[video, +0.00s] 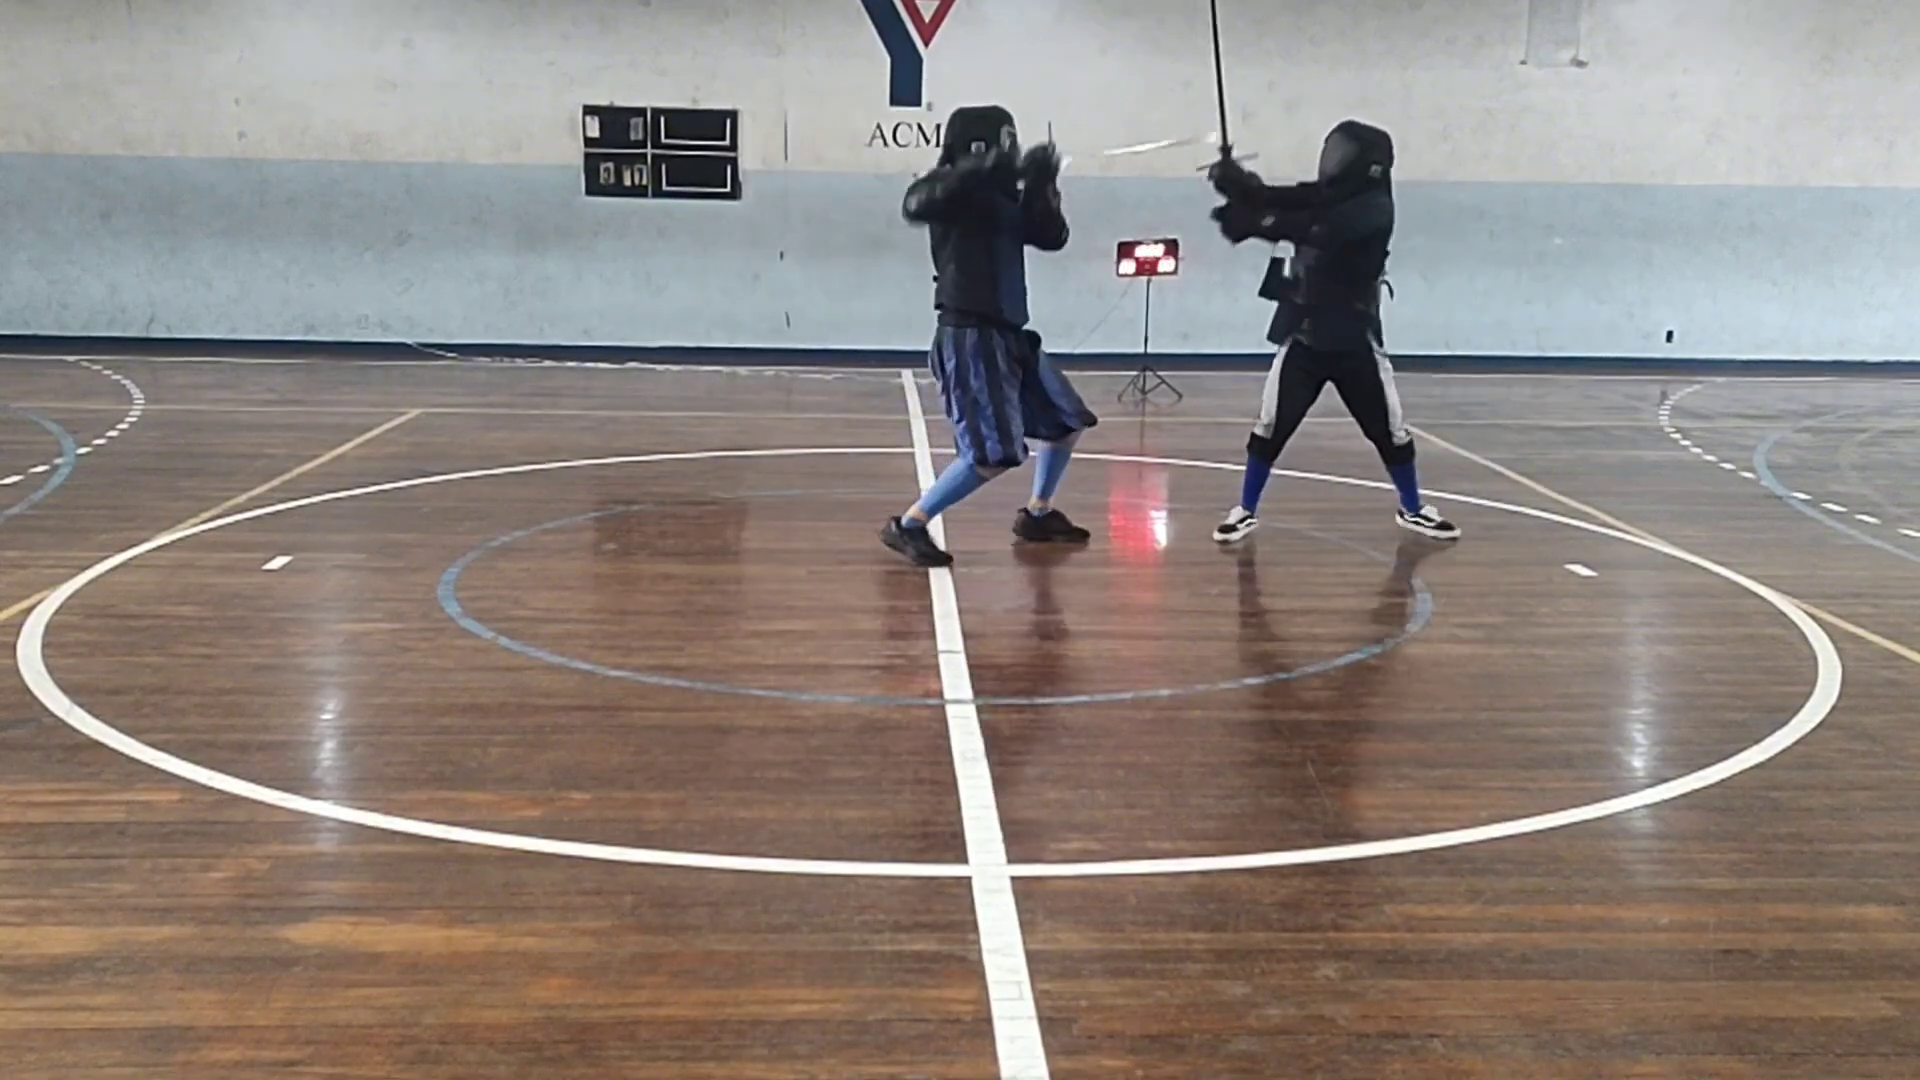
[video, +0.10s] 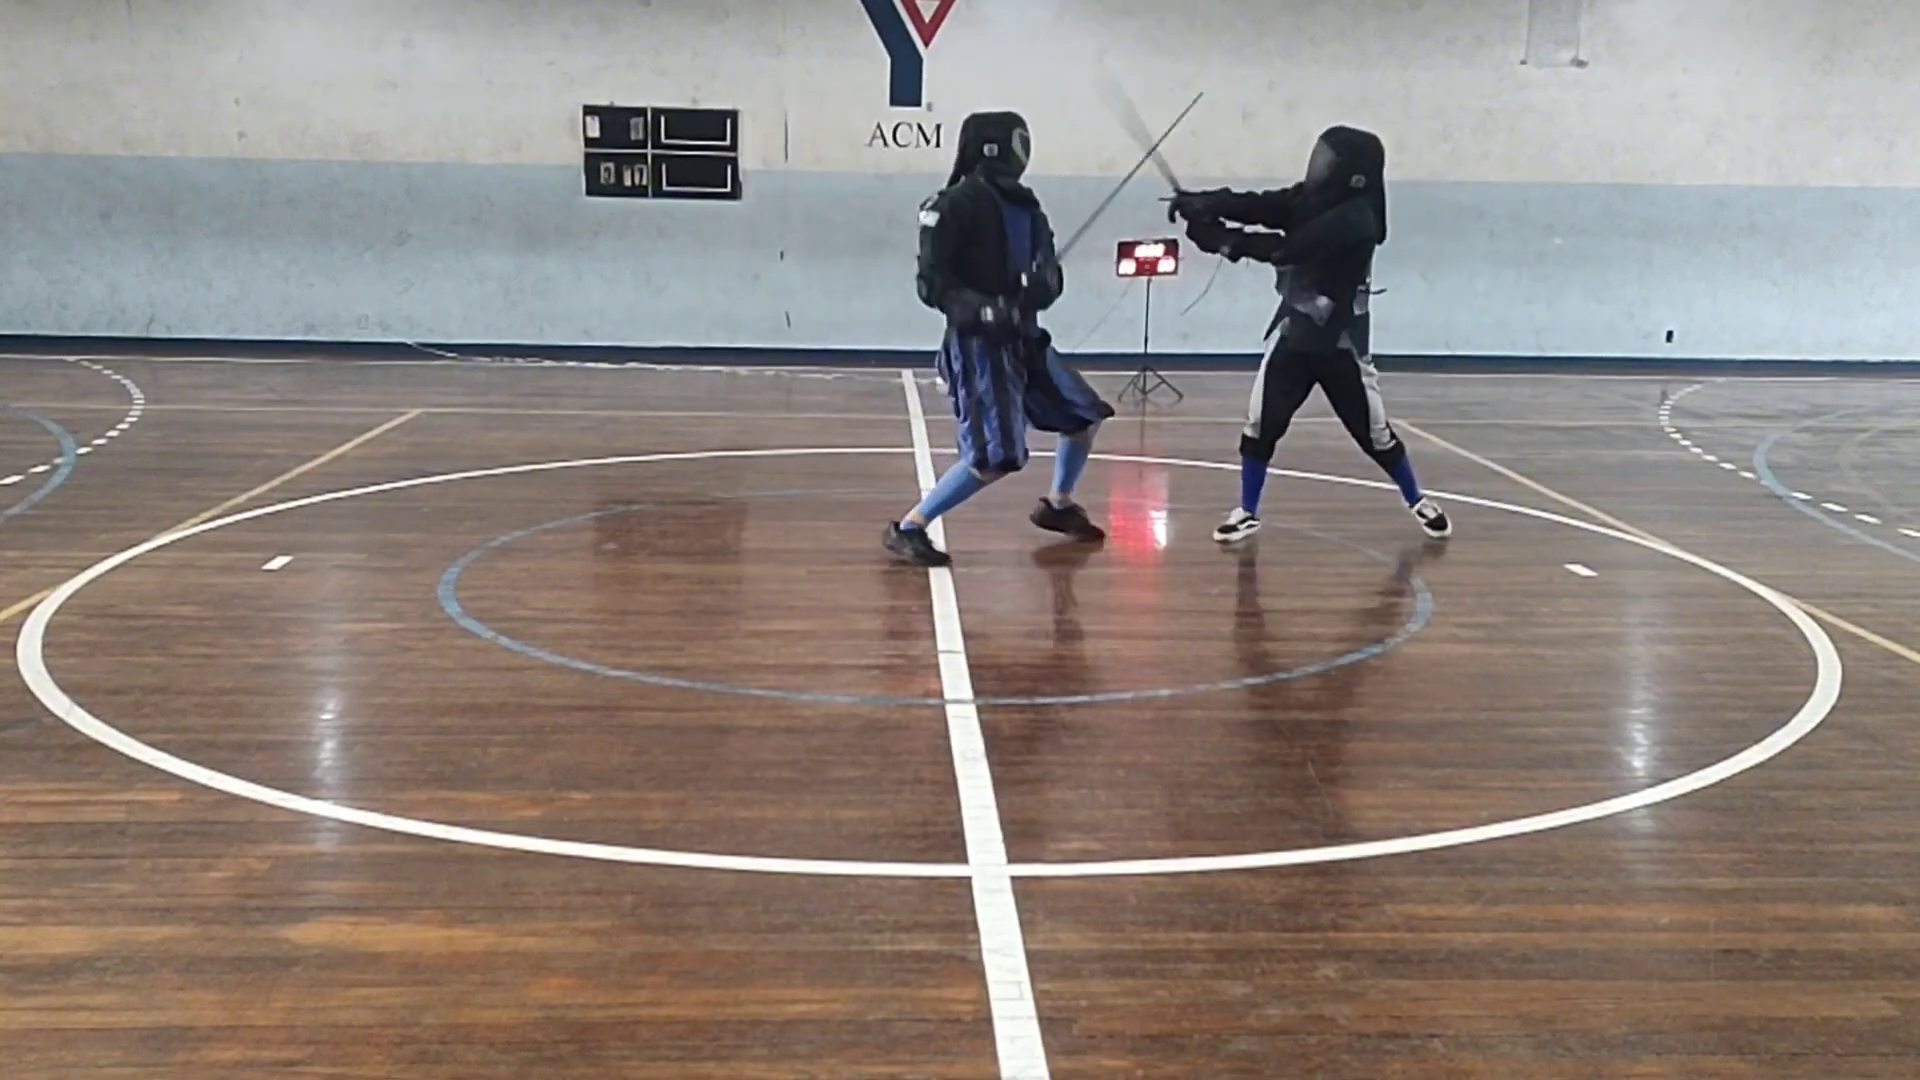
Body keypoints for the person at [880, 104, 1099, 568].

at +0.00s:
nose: (1006, 157)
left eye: (1008, 149)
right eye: (1000, 148)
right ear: (977, 149)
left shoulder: (1009, 196)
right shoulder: (946, 185)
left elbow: (1052, 237)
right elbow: (916, 205)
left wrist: (1041, 186)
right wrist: (985, 168)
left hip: (1010, 334)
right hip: (967, 335)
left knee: (1065, 422)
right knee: (996, 450)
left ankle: (1039, 514)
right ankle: (909, 524)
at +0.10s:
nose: (1025, 154)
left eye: (1026, 144)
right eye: (1018, 143)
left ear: (997, 147)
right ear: (991, 146)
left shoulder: (1027, 208)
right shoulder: (956, 203)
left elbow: (1052, 279)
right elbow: (932, 284)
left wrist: (1038, 288)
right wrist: (984, 308)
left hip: (1024, 341)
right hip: (978, 343)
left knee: (1084, 416)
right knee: (997, 454)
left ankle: (1060, 503)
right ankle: (909, 526)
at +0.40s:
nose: (1030, 174)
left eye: (1029, 167)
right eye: (1022, 166)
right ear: (998, 169)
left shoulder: (1037, 215)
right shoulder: (968, 212)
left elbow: (1087, 253)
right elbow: (980, 228)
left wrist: (1104, 203)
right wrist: (1041, 205)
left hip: (1053, 347)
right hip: (1007, 349)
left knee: (1112, 418)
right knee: (1004, 462)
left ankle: (1089, 514)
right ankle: (913, 531)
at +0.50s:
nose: (1043, 152)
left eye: (1042, 144)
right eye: (1032, 144)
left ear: (1038, 153)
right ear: (1006, 156)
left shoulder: (1054, 203)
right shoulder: (989, 203)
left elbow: (1103, 199)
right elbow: (963, 139)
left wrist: (1097, 134)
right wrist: (1028, 106)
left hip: (1062, 340)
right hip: (1019, 338)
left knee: (1122, 418)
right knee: (995, 450)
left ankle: (1092, 507)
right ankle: (912, 530)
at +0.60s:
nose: (1056, 137)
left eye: (1053, 130)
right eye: (1046, 130)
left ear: (1043, 143)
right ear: (1023, 141)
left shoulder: (1075, 184)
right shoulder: (997, 182)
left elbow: (1108, 149)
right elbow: (969, 106)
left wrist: (1094, 89)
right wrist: (1027, 62)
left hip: (1075, 327)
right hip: (1025, 326)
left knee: (1120, 427)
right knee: (1001, 440)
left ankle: (1095, 510)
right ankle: (924, 526)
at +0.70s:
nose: (1072, 124)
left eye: (1072, 118)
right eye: (1063, 117)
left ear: (1069, 126)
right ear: (1035, 127)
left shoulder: (1086, 173)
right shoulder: (1007, 168)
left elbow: (1115, 139)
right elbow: (973, 99)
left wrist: (1096, 87)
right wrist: (1027, 53)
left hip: (1083, 310)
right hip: (1031, 309)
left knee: (1111, 417)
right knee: (1007, 421)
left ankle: (1094, 509)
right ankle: (946, 517)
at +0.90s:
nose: (1079, 114)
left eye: (1077, 108)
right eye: (1069, 107)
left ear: (1071, 121)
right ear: (1046, 118)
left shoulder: (1092, 165)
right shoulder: (1019, 161)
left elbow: (1136, 136)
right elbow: (1005, 87)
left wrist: (1109, 79)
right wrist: (1049, 42)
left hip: (1080, 309)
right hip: (1030, 306)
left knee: (1107, 417)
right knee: (1004, 419)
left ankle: (1093, 510)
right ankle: (953, 521)